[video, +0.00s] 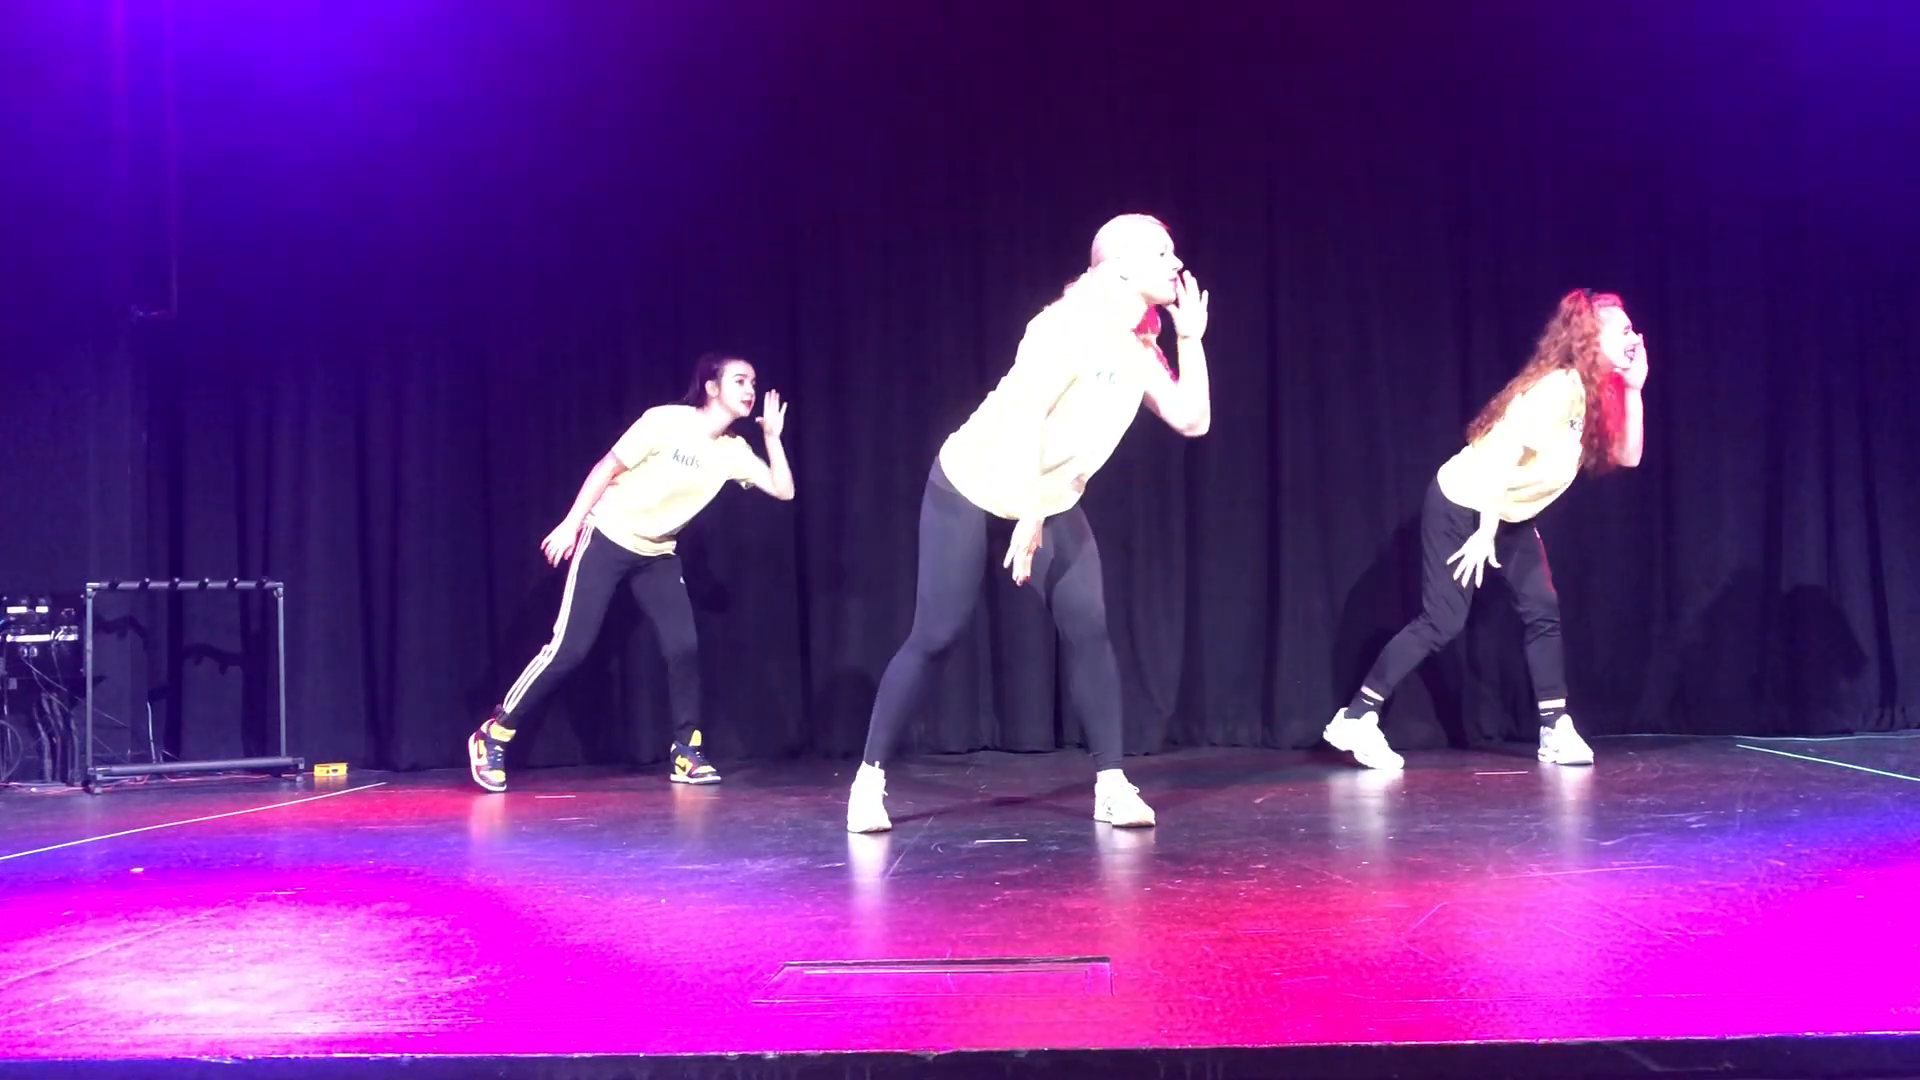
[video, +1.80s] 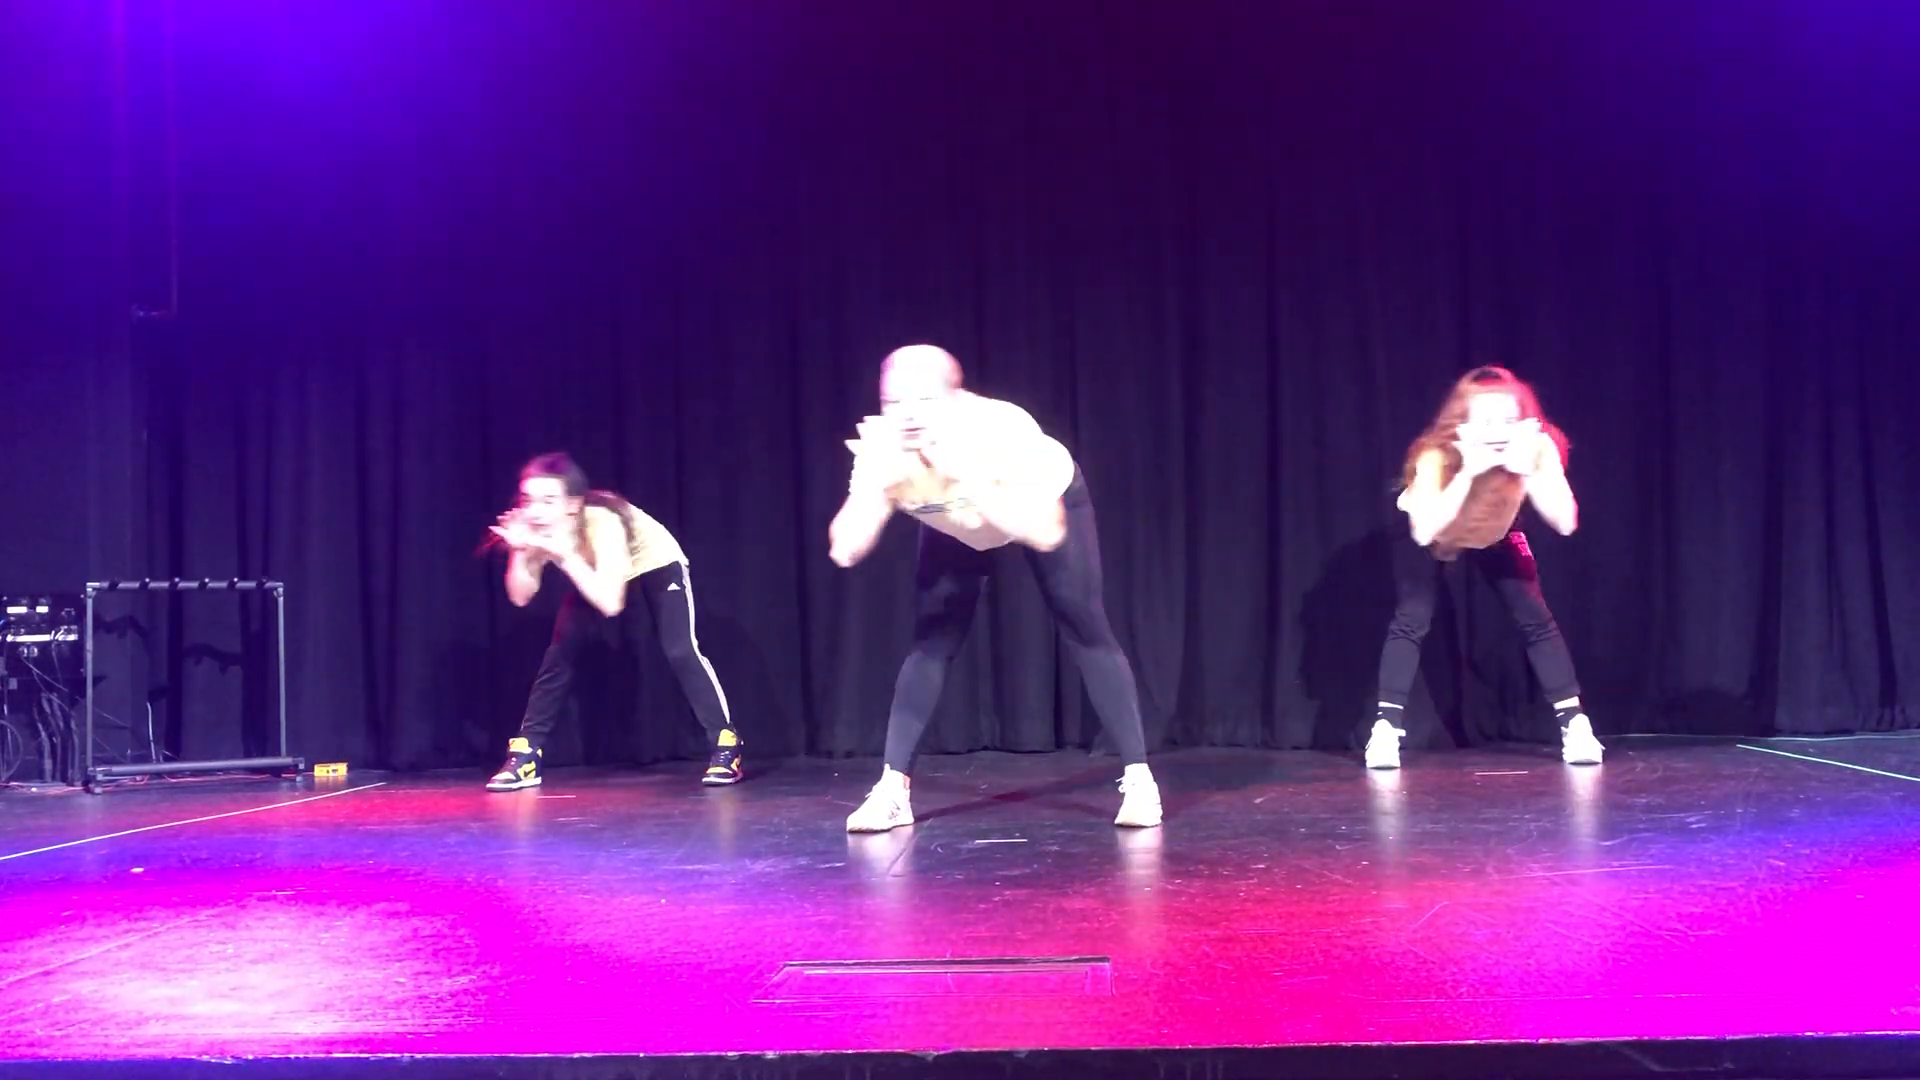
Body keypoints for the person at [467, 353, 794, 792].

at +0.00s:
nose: (750, 390)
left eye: (753, 384)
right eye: (740, 381)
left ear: (752, 394)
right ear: (711, 387)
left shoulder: (733, 452)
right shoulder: (666, 420)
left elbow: (784, 490)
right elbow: (608, 467)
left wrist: (773, 439)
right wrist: (571, 523)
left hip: (657, 555)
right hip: (606, 540)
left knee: (683, 646)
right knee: (571, 647)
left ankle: (686, 754)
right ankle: (492, 737)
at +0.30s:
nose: (685, 376)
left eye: (691, 368)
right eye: (674, 366)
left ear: (698, 375)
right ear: (652, 373)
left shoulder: (698, 429)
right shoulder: (619, 419)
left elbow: (738, 480)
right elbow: (573, 476)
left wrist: (712, 423)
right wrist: (520, 528)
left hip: (661, 553)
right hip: (601, 549)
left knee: (685, 648)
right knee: (567, 649)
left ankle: (687, 754)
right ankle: (510, 748)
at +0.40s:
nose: (611, 354)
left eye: (623, 345)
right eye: (604, 346)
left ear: (647, 355)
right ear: (596, 355)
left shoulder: (664, 408)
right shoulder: (581, 407)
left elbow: (678, 451)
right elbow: (539, 465)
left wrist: (638, 399)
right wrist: (475, 504)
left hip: (654, 542)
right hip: (592, 540)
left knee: (670, 642)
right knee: (553, 644)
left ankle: (698, 745)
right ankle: (526, 750)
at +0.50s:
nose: (545, 368)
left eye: (556, 357)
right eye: (543, 359)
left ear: (587, 364)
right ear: (543, 369)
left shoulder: (615, 410)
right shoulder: (549, 428)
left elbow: (613, 448)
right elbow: (517, 482)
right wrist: (455, 458)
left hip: (640, 552)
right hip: (588, 554)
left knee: (652, 657)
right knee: (547, 649)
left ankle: (723, 738)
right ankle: (531, 758)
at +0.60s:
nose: (501, 405)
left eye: (512, 395)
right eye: (501, 396)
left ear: (543, 401)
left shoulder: (571, 442)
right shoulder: (533, 458)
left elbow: (545, 494)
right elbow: (493, 511)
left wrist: (525, 444)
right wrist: (482, 455)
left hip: (631, 569)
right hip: (591, 572)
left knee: (636, 681)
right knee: (534, 654)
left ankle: (733, 739)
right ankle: (532, 760)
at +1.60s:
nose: (459, 478)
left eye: (468, 468)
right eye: (458, 468)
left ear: (502, 471)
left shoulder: (541, 499)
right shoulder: (490, 509)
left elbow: (528, 574)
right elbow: (485, 574)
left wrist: (480, 521)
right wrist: (467, 524)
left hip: (649, 559)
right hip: (593, 569)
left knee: (667, 653)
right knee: (558, 655)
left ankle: (723, 742)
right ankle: (526, 758)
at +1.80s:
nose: (536, 510)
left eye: (547, 501)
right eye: (529, 500)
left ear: (573, 504)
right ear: (522, 502)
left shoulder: (602, 521)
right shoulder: (534, 528)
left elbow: (610, 601)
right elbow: (520, 596)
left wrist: (565, 552)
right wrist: (521, 548)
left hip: (657, 565)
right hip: (599, 573)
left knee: (680, 650)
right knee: (559, 656)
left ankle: (725, 746)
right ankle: (525, 756)